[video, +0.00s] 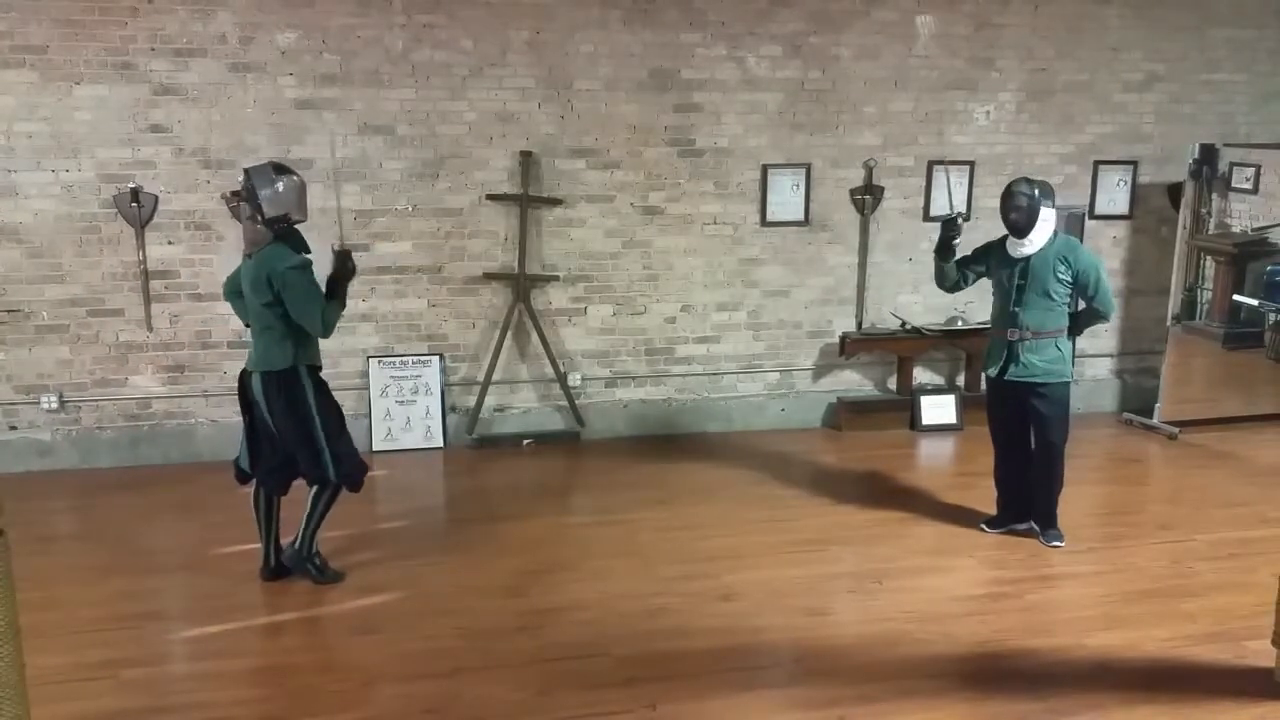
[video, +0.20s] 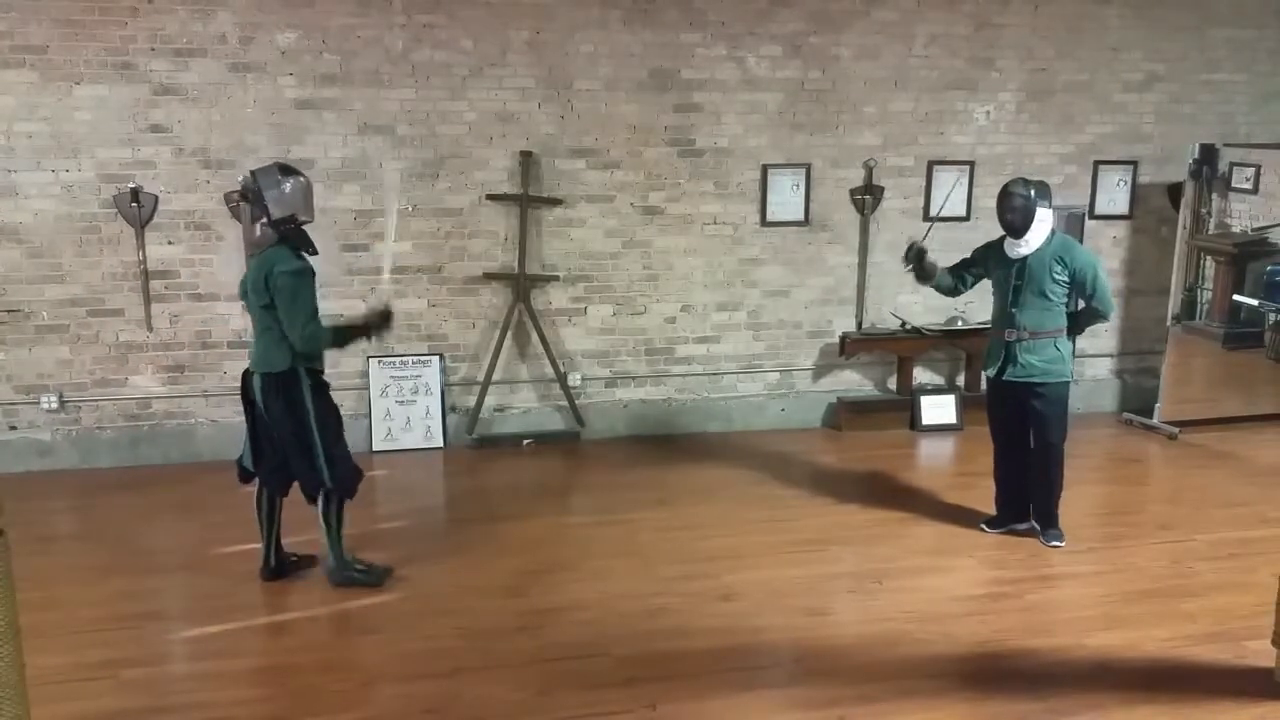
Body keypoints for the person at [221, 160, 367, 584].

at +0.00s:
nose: (300, 206)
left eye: (243, 208)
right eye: (294, 200)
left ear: (257, 215)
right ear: (286, 210)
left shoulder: (257, 258)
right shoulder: (287, 261)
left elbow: (231, 288)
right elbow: (323, 323)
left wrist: (261, 325)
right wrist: (339, 280)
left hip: (258, 376)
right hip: (293, 377)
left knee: (268, 467)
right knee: (337, 467)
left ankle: (271, 557)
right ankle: (304, 548)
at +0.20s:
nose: (308, 207)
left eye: (304, 199)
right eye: (301, 200)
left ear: (264, 212)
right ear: (290, 208)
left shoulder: (260, 263)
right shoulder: (290, 266)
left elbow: (272, 331)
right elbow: (306, 338)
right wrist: (363, 328)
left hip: (263, 378)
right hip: (295, 379)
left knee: (274, 469)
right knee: (335, 470)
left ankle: (272, 557)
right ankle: (339, 562)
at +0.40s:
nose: (317, 202)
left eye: (312, 195)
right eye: (310, 196)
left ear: (275, 206)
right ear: (299, 203)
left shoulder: (277, 256)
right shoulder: (295, 263)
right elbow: (310, 339)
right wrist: (354, 389)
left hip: (282, 378)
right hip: (304, 381)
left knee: (287, 469)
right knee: (335, 471)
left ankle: (272, 554)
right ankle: (354, 565)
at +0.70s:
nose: (327, 200)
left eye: (325, 192)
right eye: (320, 194)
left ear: (291, 202)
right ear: (305, 200)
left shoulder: (317, 247)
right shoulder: (301, 259)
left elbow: (327, 323)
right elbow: (311, 334)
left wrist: (354, 376)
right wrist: (318, 401)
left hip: (338, 376)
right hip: (332, 380)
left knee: (316, 460)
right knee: (355, 470)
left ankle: (280, 532)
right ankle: (354, 564)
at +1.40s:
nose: (347, 202)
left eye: (343, 194)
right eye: (340, 195)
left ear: (308, 203)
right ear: (325, 201)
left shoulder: (320, 252)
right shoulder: (323, 260)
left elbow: (334, 330)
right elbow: (340, 333)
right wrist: (360, 396)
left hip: (324, 379)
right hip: (339, 383)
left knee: (314, 463)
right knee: (362, 476)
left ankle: (273, 537)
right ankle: (355, 565)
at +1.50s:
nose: (351, 206)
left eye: (347, 198)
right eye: (346, 199)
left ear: (310, 205)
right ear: (336, 203)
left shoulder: (314, 254)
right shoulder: (329, 262)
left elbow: (339, 328)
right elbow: (357, 333)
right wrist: (394, 388)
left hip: (318, 376)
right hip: (342, 378)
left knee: (308, 461)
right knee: (363, 473)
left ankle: (269, 539)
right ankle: (356, 565)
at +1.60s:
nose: (355, 206)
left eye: (352, 198)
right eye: (349, 200)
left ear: (314, 207)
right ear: (338, 205)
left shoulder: (315, 253)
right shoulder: (331, 262)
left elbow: (328, 322)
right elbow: (376, 318)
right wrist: (429, 364)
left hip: (315, 376)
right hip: (340, 379)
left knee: (302, 461)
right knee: (359, 472)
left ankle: (266, 541)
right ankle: (355, 566)